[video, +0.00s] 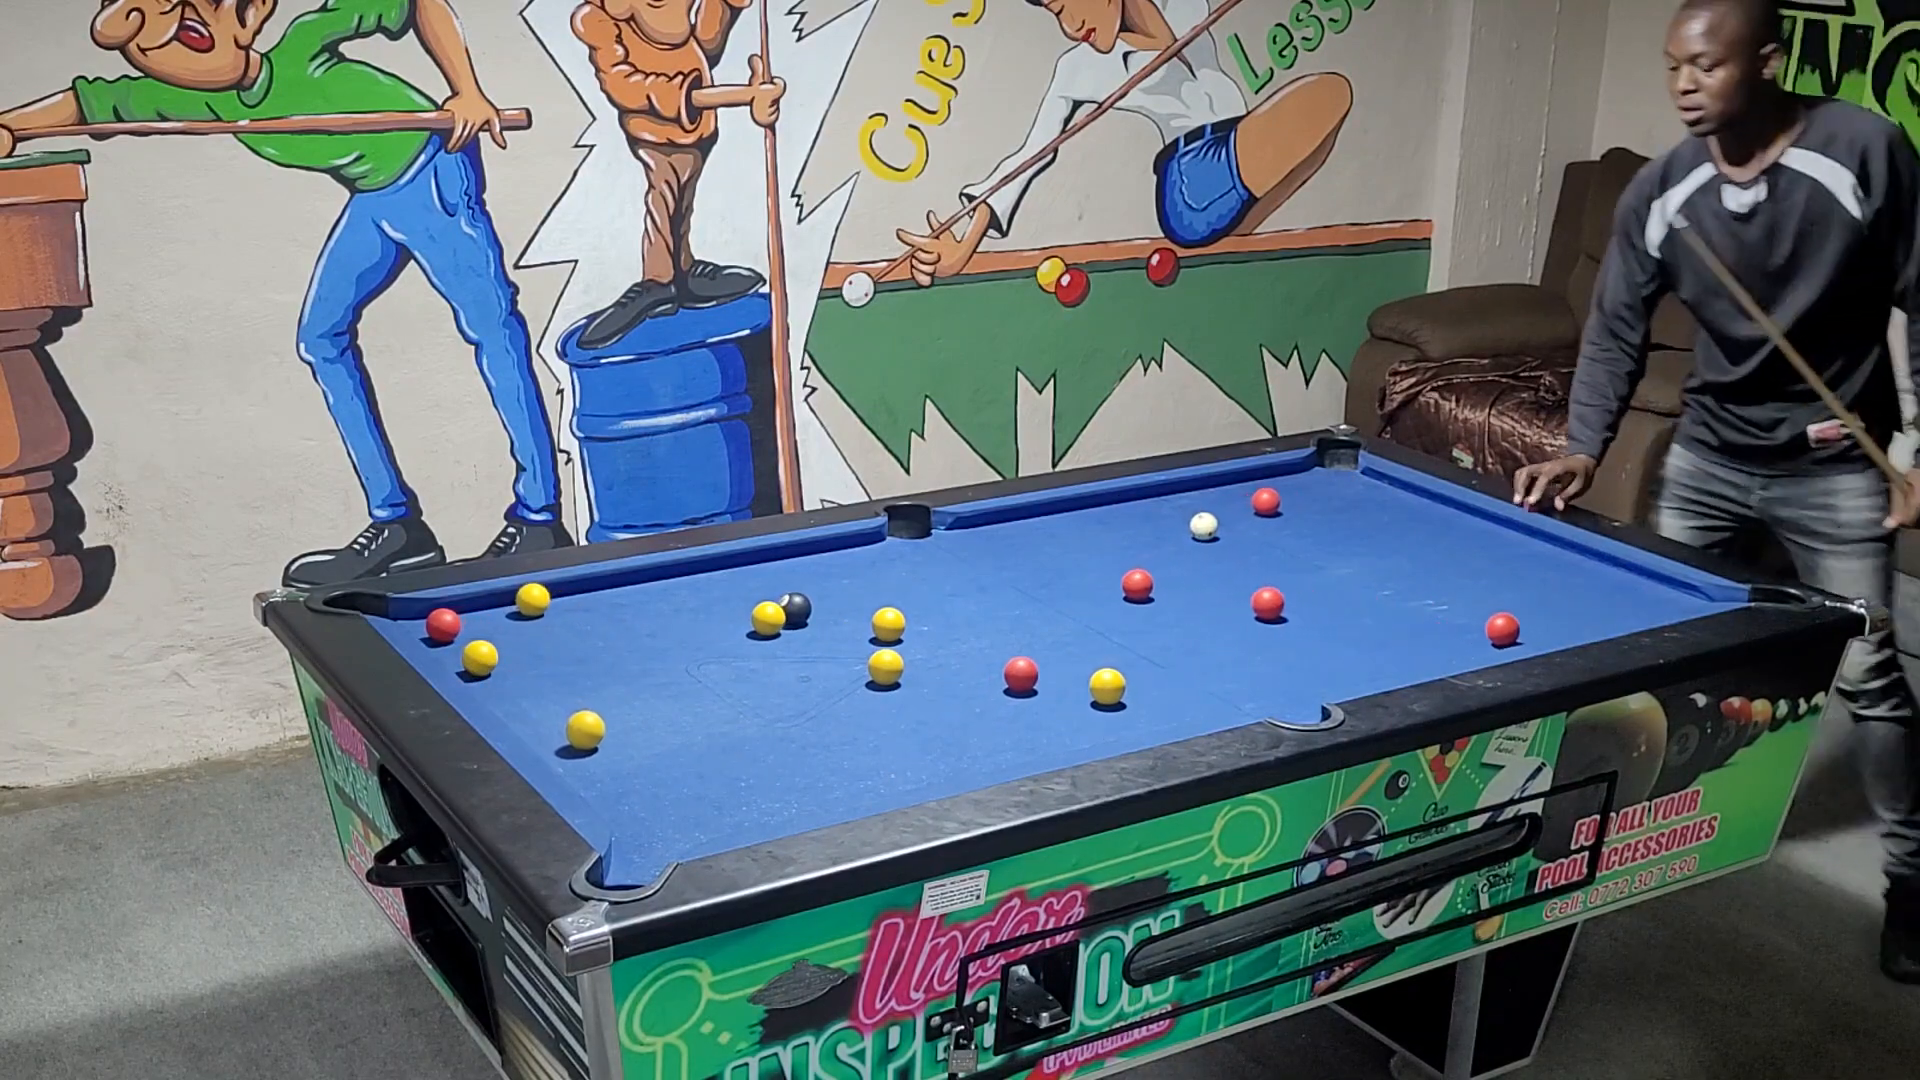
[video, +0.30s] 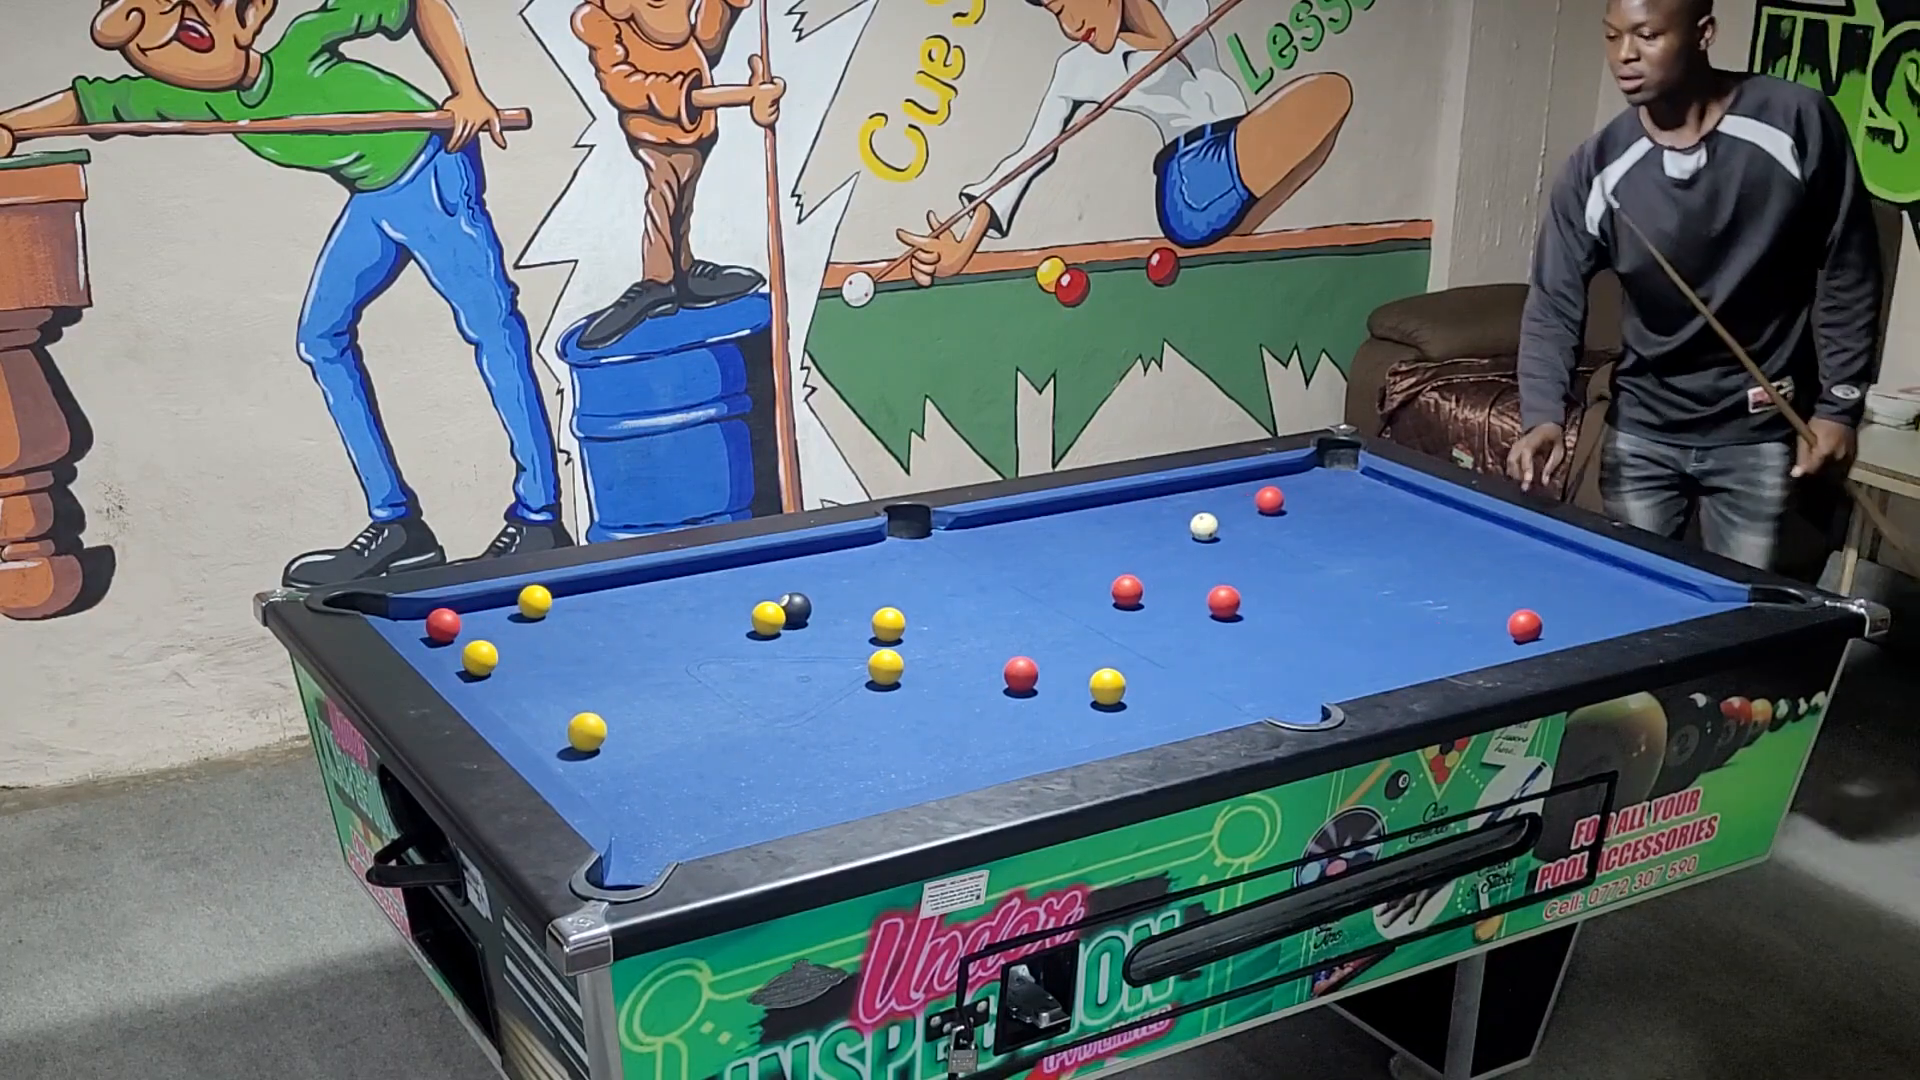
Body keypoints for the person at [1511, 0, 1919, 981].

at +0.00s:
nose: (1686, 84)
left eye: (1706, 64)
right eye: (1676, 66)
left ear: (1768, 63)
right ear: (1669, 72)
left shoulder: (1865, 152)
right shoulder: (1658, 191)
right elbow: (1613, 330)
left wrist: (1918, 448)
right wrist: (1581, 447)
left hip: (1841, 456)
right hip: (1708, 447)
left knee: (1870, 673)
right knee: (1666, 651)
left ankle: (1908, 876)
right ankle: (1672, 837)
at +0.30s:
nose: (1623, 56)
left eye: (1647, 35)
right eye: (1613, 36)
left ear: (1703, 34)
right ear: (1603, 35)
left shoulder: (1800, 124)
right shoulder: (1594, 170)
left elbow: (1848, 269)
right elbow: (1552, 302)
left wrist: (1837, 406)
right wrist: (1544, 414)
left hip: (1758, 428)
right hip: (1643, 424)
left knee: (1735, 621)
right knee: (1631, 615)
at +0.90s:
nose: (1607, 18)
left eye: (1630, 3)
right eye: (1599, 3)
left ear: (1679, 11)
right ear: (1589, 10)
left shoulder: (1741, 115)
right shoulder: (1551, 111)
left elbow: (1763, 255)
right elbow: (1515, 223)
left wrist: (1729, 373)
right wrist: (1537, 313)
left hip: (1663, 392)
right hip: (1552, 379)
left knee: (1626, 574)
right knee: (1506, 548)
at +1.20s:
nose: (1503, 14)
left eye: (1525, 1)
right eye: (1498, 2)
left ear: (1572, 9)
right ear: (1489, 10)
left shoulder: (1637, 111)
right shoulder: (1468, 103)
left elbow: (1670, 254)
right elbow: (1445, 212)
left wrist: (1651, 371)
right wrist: (1443, 283)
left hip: (1571, 387)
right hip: (1464, 374)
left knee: (1572, 555)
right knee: (1404, 513)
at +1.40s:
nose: (1396, 18)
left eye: (1417, 6)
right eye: (1394, 5)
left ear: (1465, 13)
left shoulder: (1524, 109)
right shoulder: (1383, 105)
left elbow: (1576, 241)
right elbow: (1373, 217)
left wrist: (1538, 352)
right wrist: (1342, 276)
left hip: (1477, 384)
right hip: (1383, 368)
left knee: (1495, 554)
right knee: (1346, 533)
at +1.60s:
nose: (1343, 12)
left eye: (1363, 0)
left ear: (1399, 6)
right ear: (1320, 6)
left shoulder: (1443, 93)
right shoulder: (1308, 92)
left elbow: (1476, 231)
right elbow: (1289, 205)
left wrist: (1418, 341)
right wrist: (1247, 233)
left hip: (1393, 350)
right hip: (1326, 343)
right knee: (1321, 495)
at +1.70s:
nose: (1311, 11)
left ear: (1362, 6)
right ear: (1284, 6)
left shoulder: (1404, 95)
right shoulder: (1267, 94)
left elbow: (1429, 237)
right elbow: (1247, 206)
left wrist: (1365, 344)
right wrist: (1207, 212)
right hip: (1297, 343)